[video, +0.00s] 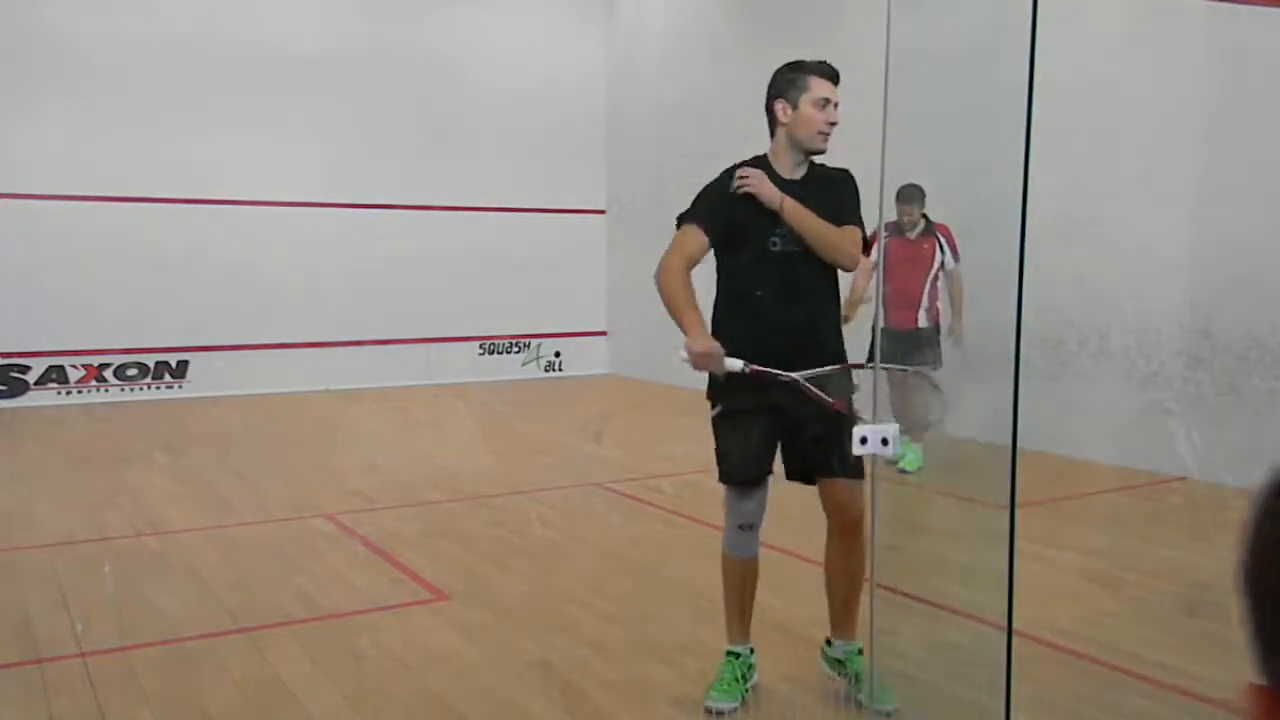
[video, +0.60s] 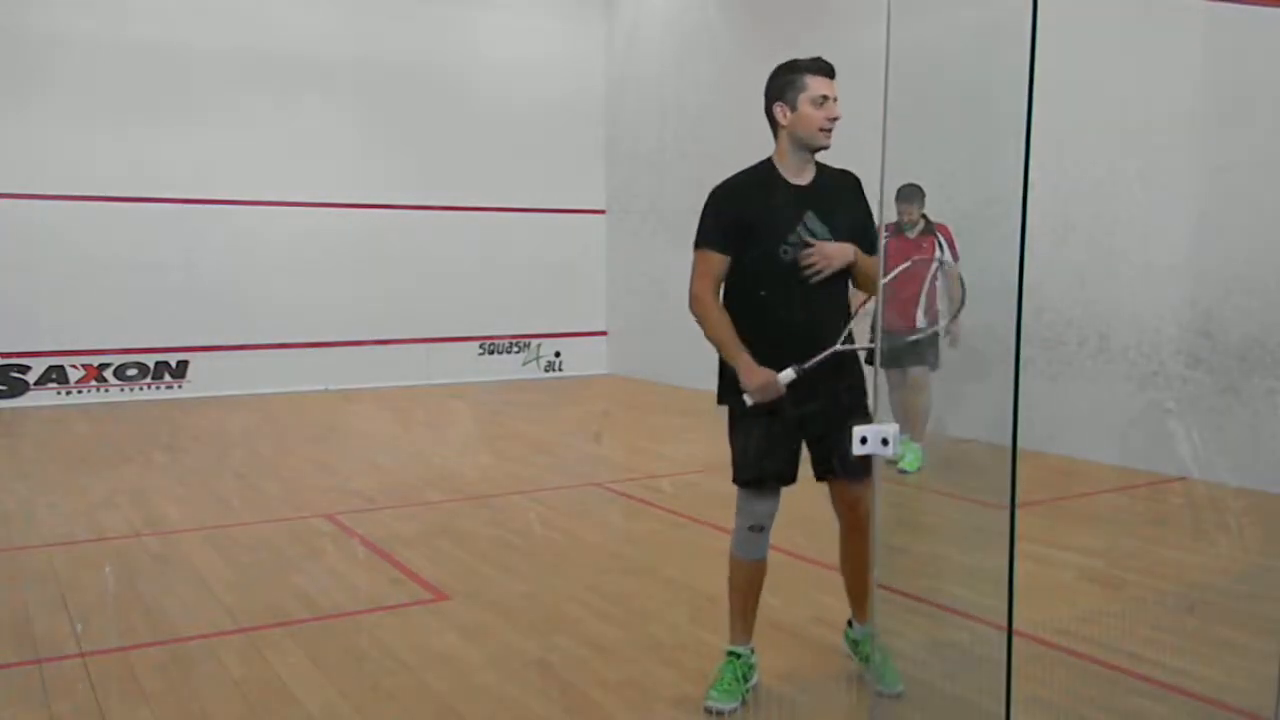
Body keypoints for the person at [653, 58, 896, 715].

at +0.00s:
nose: (833, 117)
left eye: (836, 107)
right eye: (822, 105)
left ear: (825, 117)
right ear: (781, 111)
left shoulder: (835, 184)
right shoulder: (734, 185)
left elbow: (849, 253)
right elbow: (671, 267)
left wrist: (778, 199)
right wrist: (697, 334)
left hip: (821, 373)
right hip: (745, 375)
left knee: (848, 509)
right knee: (743, 517)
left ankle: (843, 648)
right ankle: (738, 655)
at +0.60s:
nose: (834, 113)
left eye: (835, 103)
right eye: (821, 103)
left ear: (823, 114)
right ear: (782, 112)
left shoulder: (846, 190)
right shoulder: (734, 197)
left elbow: (873, 283)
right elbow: (702, 295)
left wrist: (851, 254)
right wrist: (745, 366)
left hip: (835, 373)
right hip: (761, 380)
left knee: (856, 501)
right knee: (754, 517)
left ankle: (862, 631)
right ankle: (739, 654)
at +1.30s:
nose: (856, 130)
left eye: (868, 119)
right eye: (852, 119)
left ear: (906, 122)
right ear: (852, 123)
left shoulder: (945, 201)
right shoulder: (837, 193)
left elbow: (959, 298)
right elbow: (814, 276)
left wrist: (917, 366)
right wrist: (786, 346)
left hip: (902, 379)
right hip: (836, 373)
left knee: (878, 505)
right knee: (831, 496)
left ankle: (858, 638)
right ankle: (886, 580)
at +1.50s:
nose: (836, 137)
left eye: (845, 124)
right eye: (837, 125)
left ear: (880, 126)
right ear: (871, 128)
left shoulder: (940, 198)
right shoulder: (855, 201)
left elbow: (967, 290)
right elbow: (845, 284)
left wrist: (952, 371)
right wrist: (808, 348)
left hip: (908, 375)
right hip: (857, 371)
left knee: (883, 495)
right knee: (876, 491)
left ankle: (859, 636)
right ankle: (936, 590)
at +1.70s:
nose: (837, 150)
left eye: (840, 138)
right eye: (836, 139)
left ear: (868, 136)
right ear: (870, 136)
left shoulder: (931, 194)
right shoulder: (873, 212)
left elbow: (966, 274)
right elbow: (869, 298)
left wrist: (886, 310)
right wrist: (840, 352)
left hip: (917, 368)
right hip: (885, 368)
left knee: (885, 489)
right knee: (914, 484)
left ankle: (876, 634)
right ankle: (954, 604)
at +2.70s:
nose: (764, 161)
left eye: (763, 150)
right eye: (764, 150)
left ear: (769, 145)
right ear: (813, 140)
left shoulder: (789, 192)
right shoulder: (846, 199)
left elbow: (718, 212)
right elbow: (865, 283)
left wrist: (734, 154)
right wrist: (828, 326)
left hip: (805, 364)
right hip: (820, 361)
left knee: (815, 481)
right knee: (759, 451)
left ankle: (853, 616)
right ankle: (815, 569)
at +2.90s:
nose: (724, 155)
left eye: (723, 147)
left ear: (724, 150)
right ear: (775, 149)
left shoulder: (743, 200)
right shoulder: (800, 205)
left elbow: (710, 257)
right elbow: (832, 285)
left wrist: (672, 228)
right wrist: (791, 325)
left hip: (766, 370)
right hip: (788, 368)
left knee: (805, 486)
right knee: (730, 465)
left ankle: (853, 616)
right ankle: (701, 583)